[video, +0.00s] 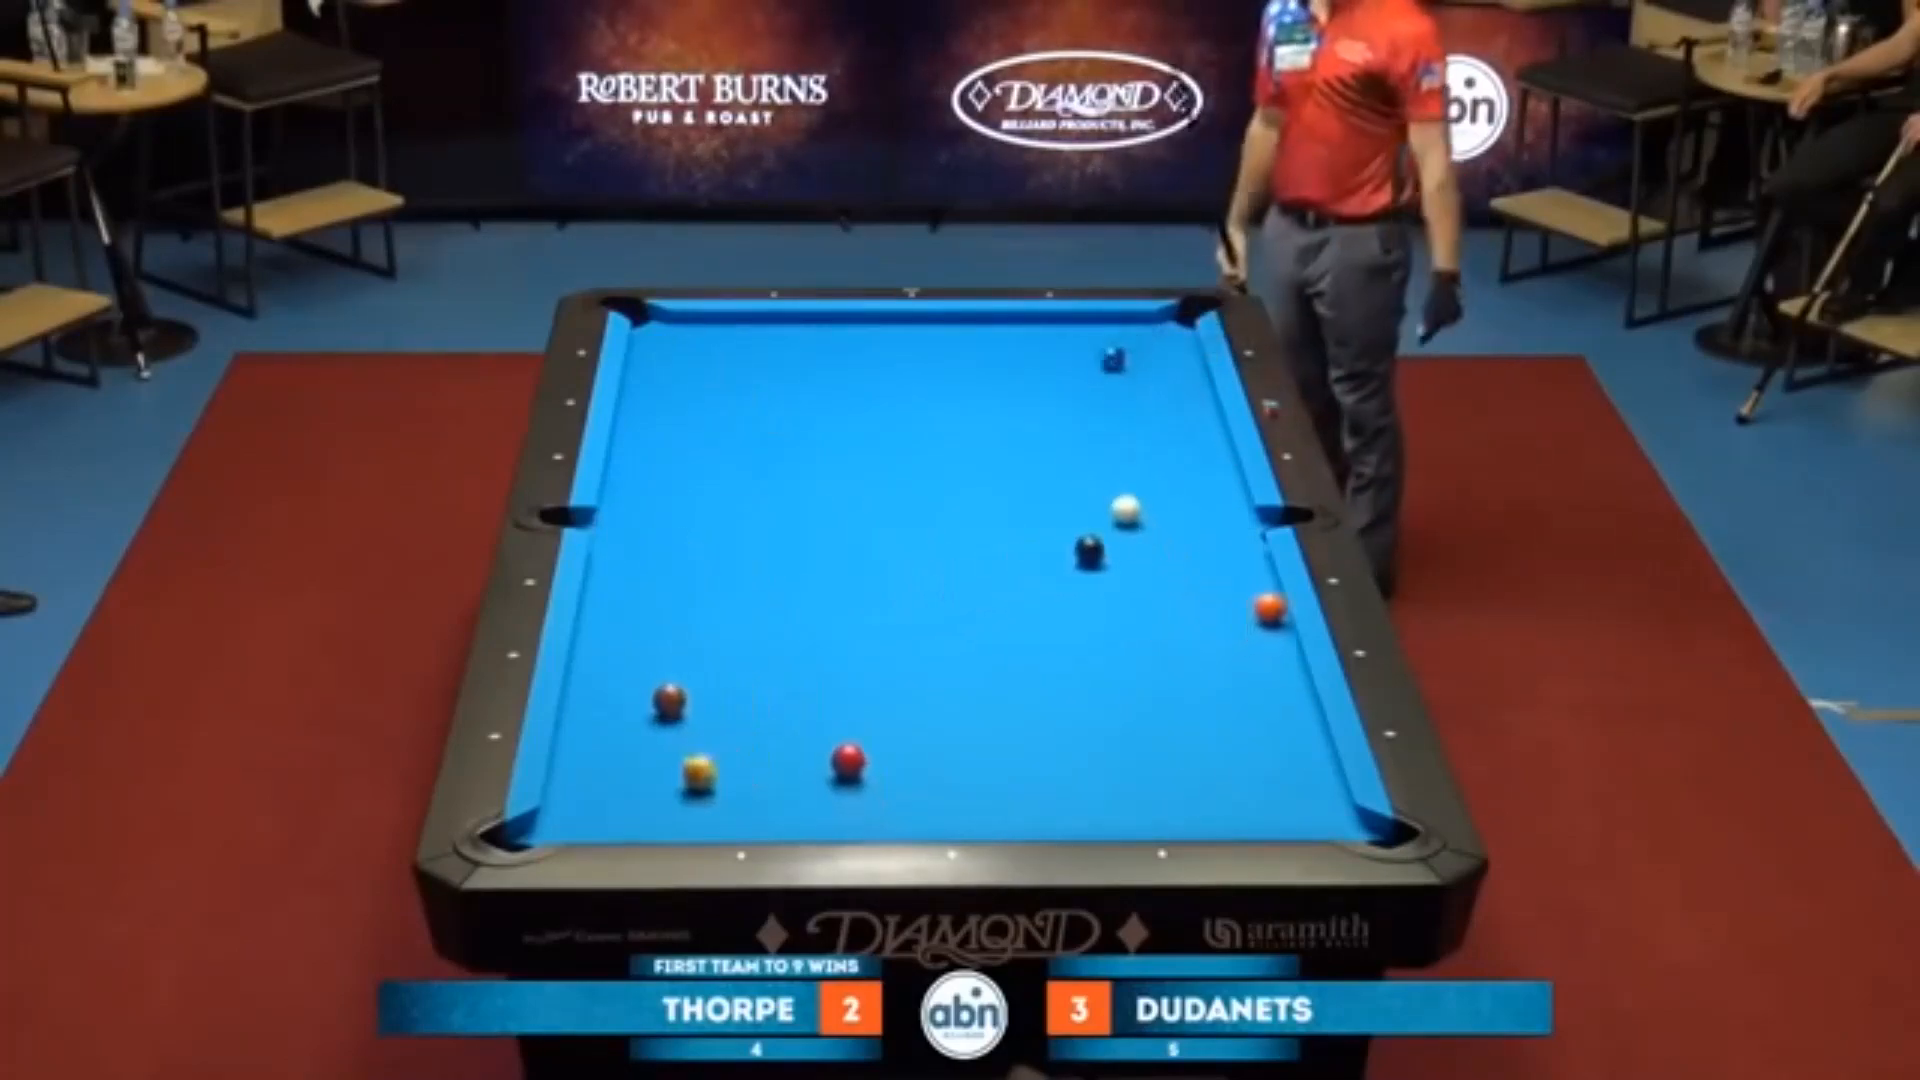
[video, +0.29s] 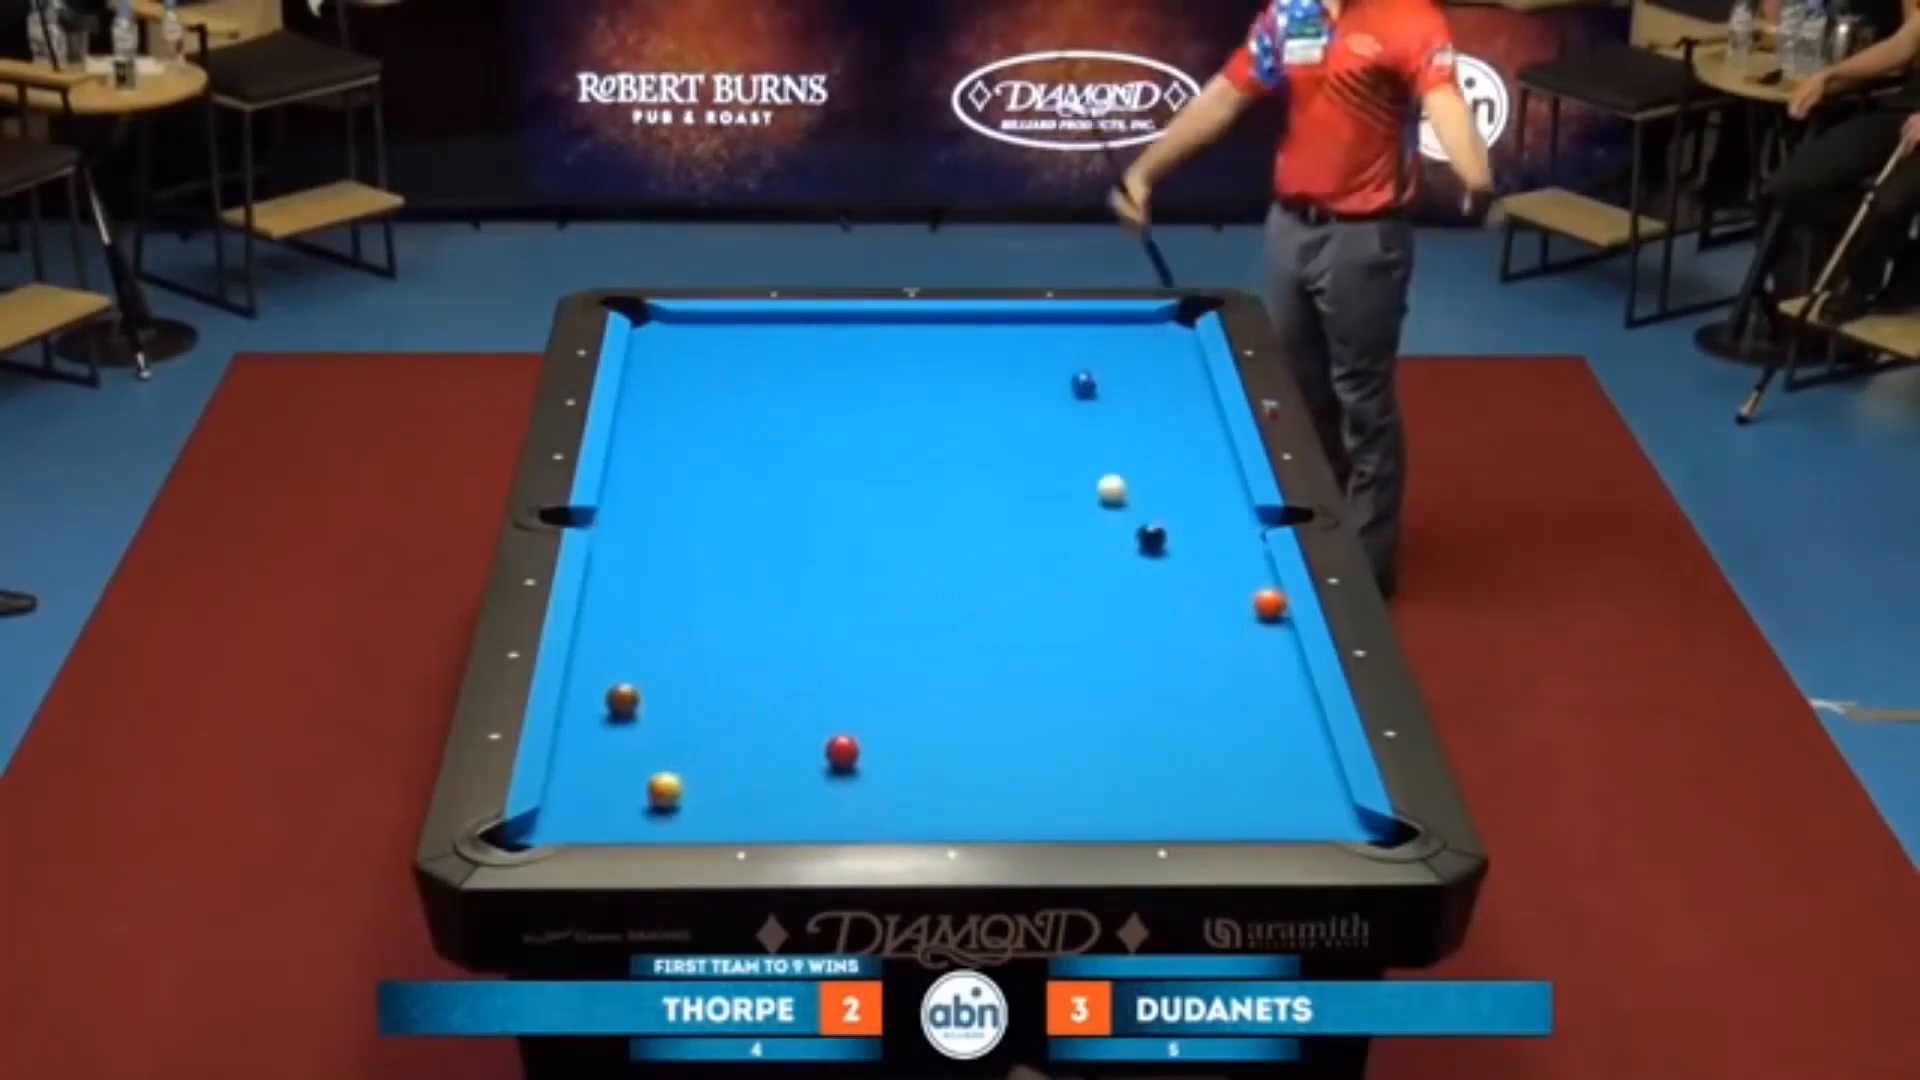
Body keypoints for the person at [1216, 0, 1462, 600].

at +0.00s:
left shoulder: (1404, 28)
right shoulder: (1281, 16)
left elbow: (1433, 159)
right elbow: (1266, 123)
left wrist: (1446, 271)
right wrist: (1237, 218)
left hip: (1362, 238)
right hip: (1285, 231)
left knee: (1362, 405)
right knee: (1300, 399)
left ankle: (1368, 566)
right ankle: (1309, 543)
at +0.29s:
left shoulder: (1409, 19)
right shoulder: (1287, 15)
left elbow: (1444, 99)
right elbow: (1222, 95)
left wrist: (1476, 174)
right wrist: (1144, 168)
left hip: (1364, 235)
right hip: (1290, 229)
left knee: (1364, 403)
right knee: (1302, 395)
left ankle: (1369, 566)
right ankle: (1312, 537)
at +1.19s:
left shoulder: (1408, 19)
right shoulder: (1292, 10)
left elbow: (1504, 7)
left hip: (1366, 238)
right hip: (1293, 229)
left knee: (1369, 404)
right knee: (1312, 396)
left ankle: (1370, 566)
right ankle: (1321, 536)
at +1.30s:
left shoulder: (1411, 18)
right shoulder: (1293, 9)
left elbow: (1507, 7)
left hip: (1367, 237)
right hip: (1294, 228)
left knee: (1369, 403)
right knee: (1313, 396)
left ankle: (1369, 566)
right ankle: (1321, 537)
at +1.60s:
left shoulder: (1406, 16)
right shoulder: (1292, 10)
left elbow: (1505, 4)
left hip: (1368, 236)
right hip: (1296, 228)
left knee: (1370, 402)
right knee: (1314, 393)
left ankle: (1371, 564)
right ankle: (1320, 534)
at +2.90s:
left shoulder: (1390, 8)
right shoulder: (1277, 25)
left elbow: (1509, 7)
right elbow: (1196, 45)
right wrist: (1116, 50)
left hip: (1398, 224)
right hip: (1317, 224)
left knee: (1376, 389)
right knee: (1298, 389)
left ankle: (1376, 558)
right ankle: (1317, 539)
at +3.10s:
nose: (1280, 5)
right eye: (1272, 1)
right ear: (1264, 2)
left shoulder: (1373, 12)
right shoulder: (1261, 49)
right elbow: (1182, 74)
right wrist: (1100, 87)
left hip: (1403, 214)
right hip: (1324, 222)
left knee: (1402, 336)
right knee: (1294, 371)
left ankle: (1407, 496)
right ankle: (1315, 512)